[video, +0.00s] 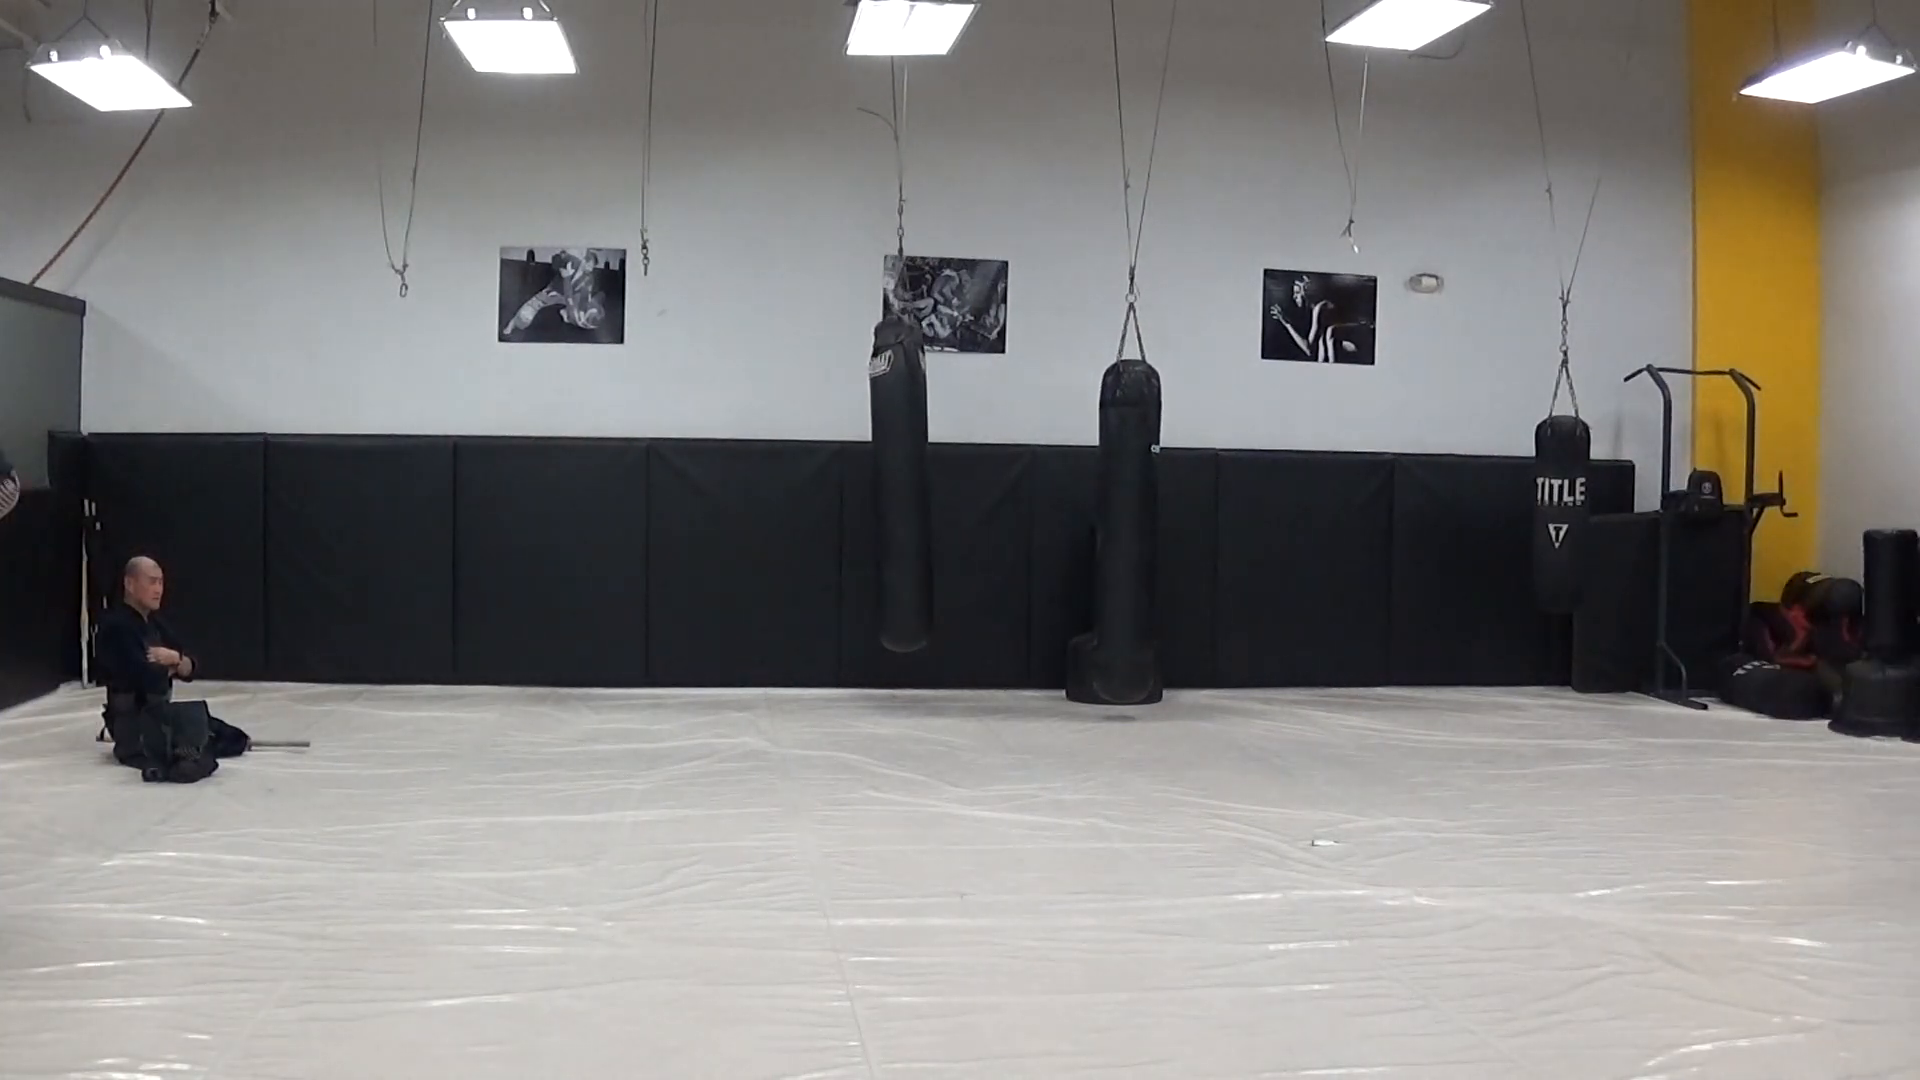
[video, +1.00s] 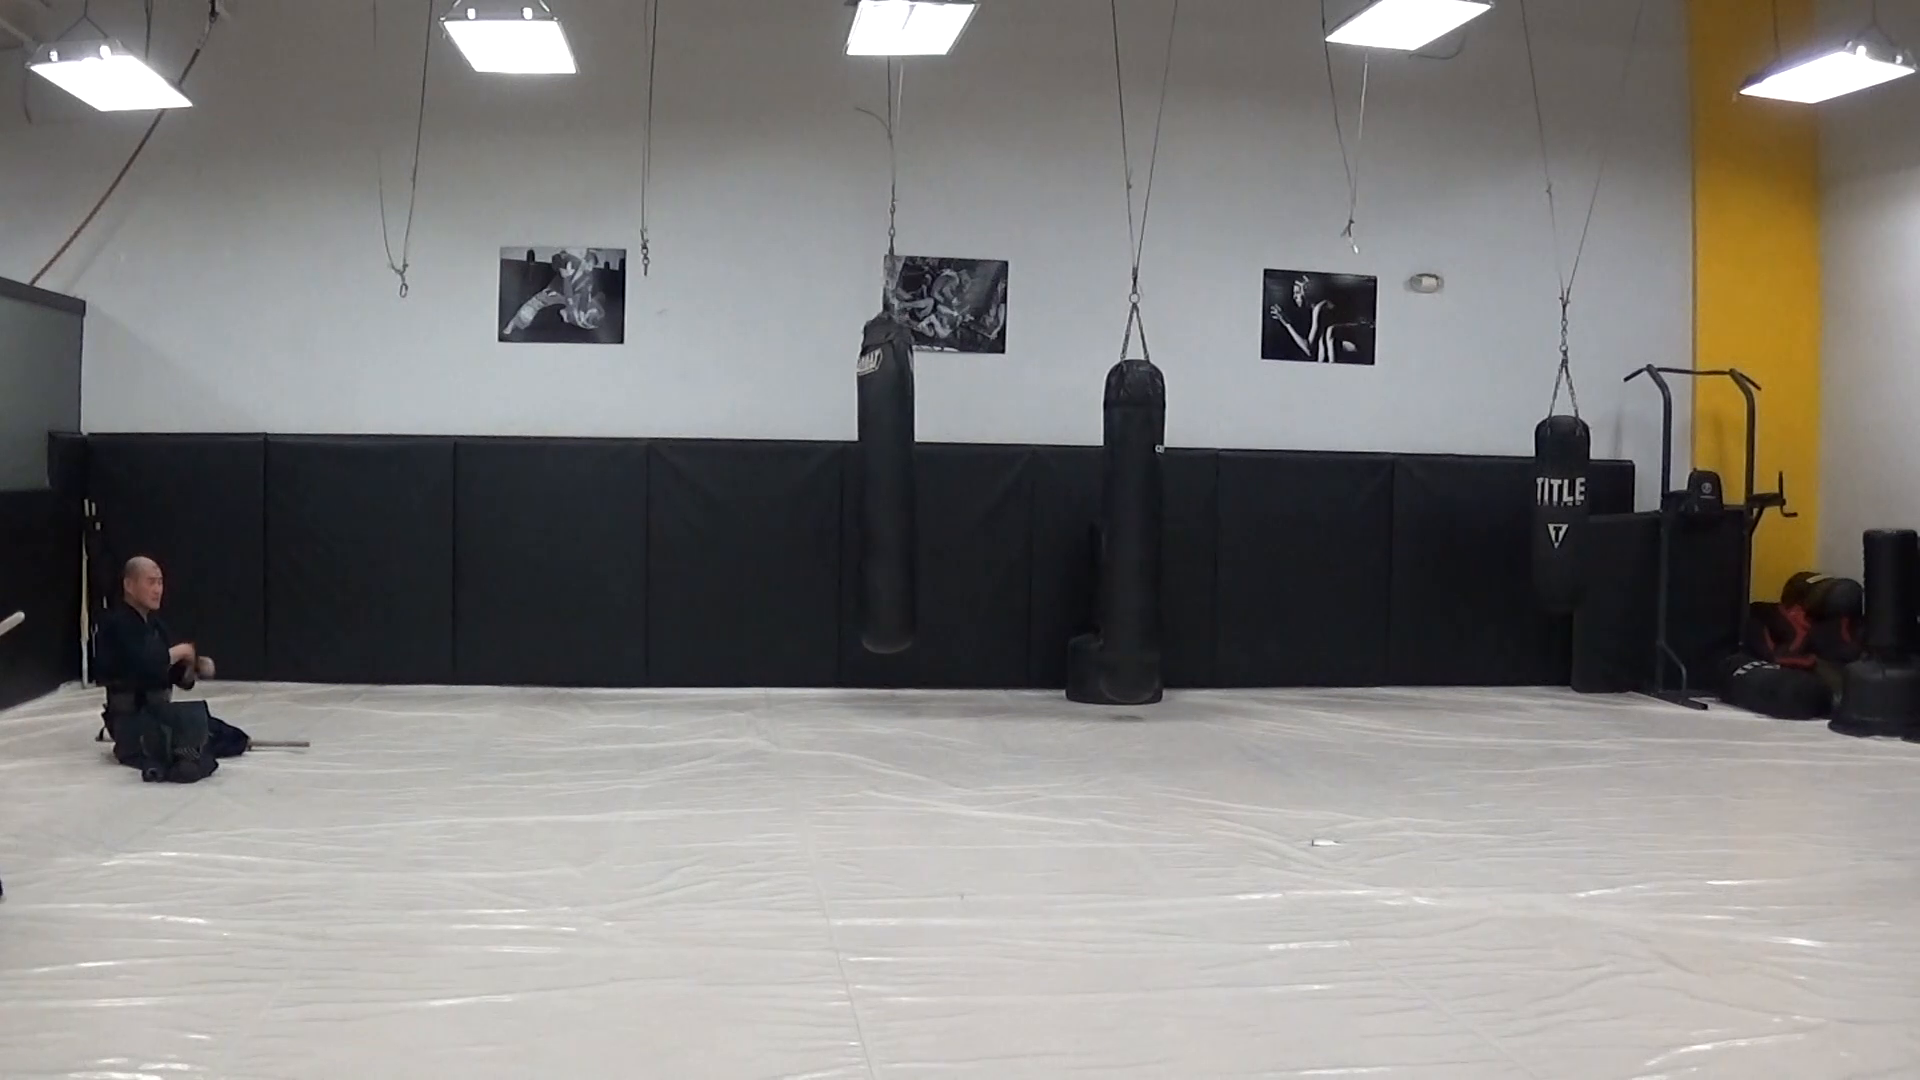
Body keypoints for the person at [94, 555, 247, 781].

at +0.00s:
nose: (159, 589)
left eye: (161, 582)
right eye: (152, 582)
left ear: (163, 584)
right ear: (129, 584)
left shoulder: (155, 622)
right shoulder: (114, 625)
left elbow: (192, 670)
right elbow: (142, 678)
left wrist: (176, 658)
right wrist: (173, 667)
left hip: (161, 721)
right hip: (132, 731)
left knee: (237, 740)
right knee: (200, 760)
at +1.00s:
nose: (159, 589)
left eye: (160, 582)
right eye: (152, 582)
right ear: (129, 585)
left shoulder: (155, 623)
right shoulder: (114, 624)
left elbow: (169, 674)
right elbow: (136, 664)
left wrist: (190, 669)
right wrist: (175, 654)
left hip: (162, 716)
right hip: (129, 723)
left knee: (236, 740)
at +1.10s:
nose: (158, 589)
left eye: (160, 582)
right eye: (151, 582)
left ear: (163, 585)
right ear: (129, 586)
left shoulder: (154, 623)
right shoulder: (116, 621)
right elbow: (145, 652)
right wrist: (194, 634)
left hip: (162, 717)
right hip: (130, 724)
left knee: (236, 740)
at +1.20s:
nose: (157, 590)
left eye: (160, 583)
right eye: (150, 582)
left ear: (163, 585)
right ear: (128, 586)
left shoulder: (156, 621)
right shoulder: (116, 620)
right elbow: (149, 639)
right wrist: (204, 622)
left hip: (162, 715)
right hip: (128, 721)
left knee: (236, 739)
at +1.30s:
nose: (157, 590)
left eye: (160, 583)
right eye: (150, 583)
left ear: (164, 585)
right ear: (128, 585)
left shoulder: (157, 624)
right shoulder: (116, 620)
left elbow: (173, 679)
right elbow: (147, 634)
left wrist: (186, 697)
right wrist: (201, 624)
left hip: (166, 712)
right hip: (129, 719)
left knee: (235, 740)